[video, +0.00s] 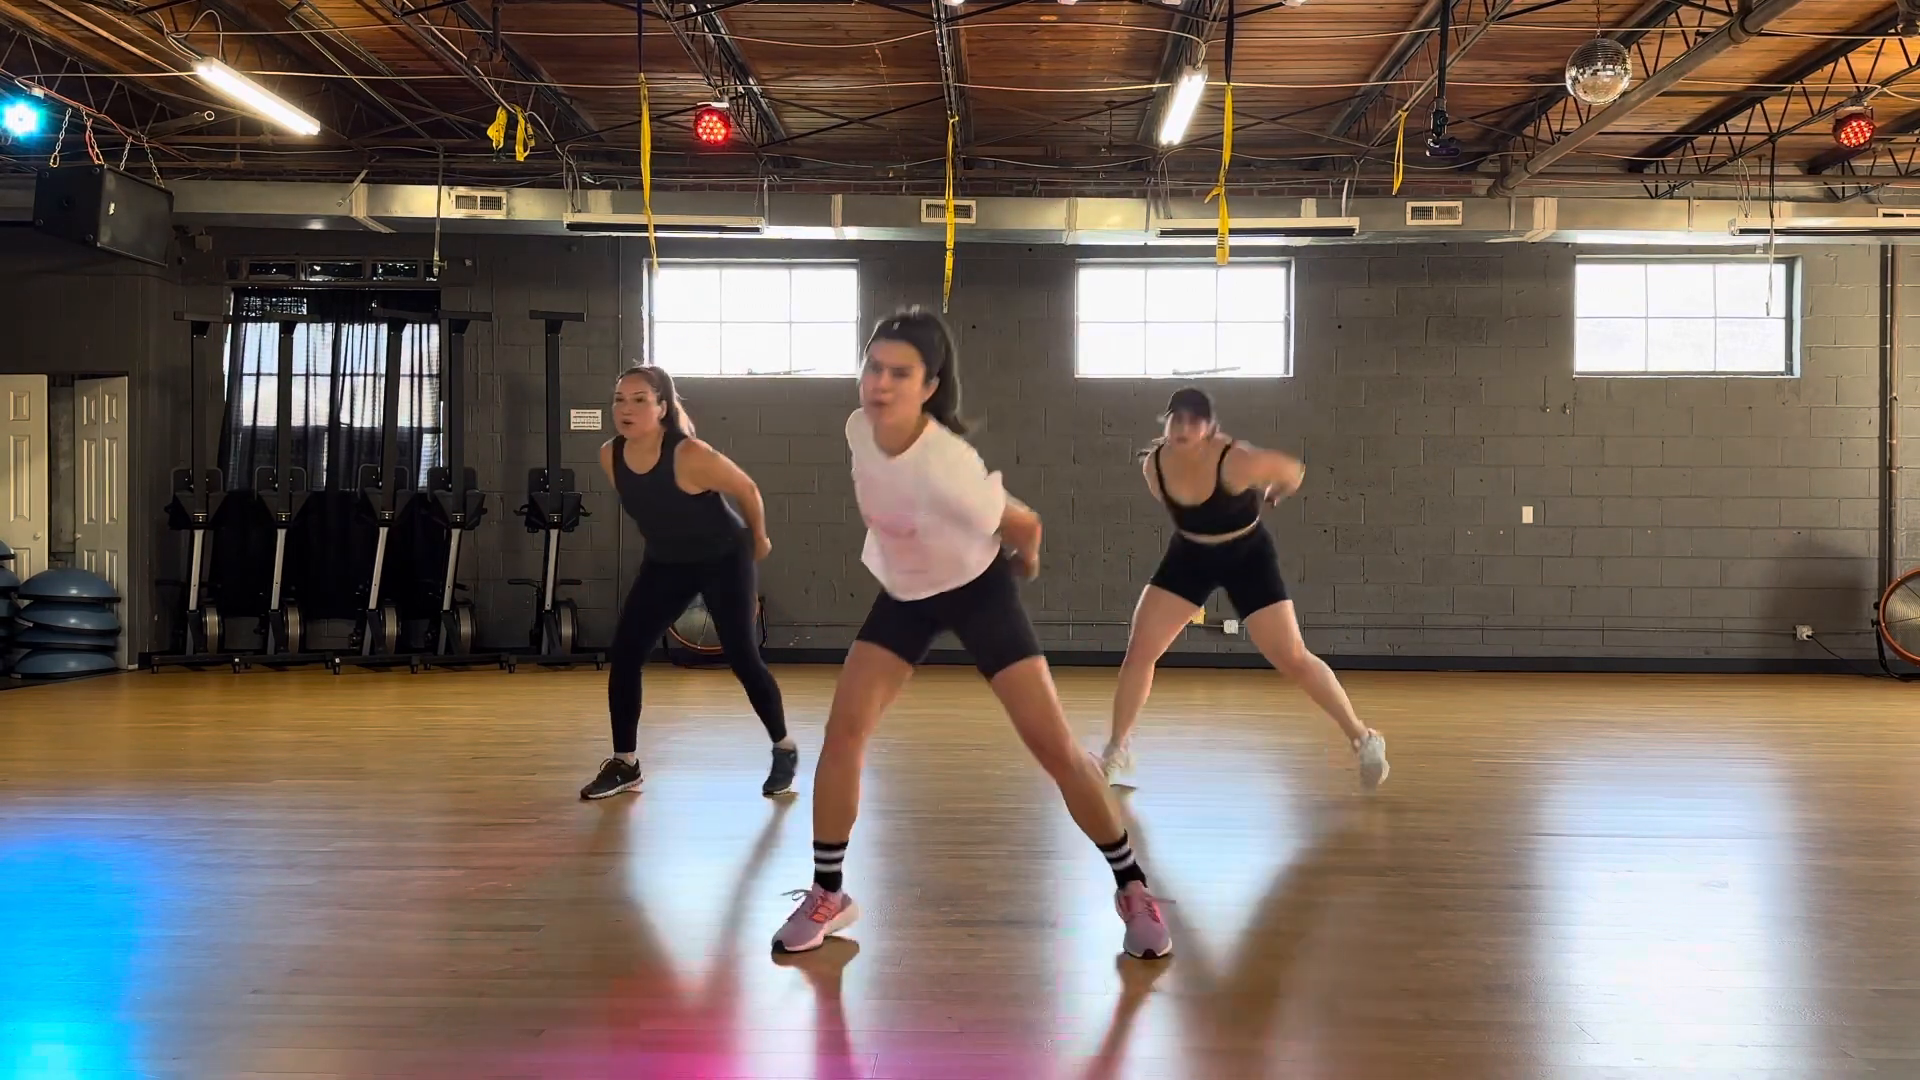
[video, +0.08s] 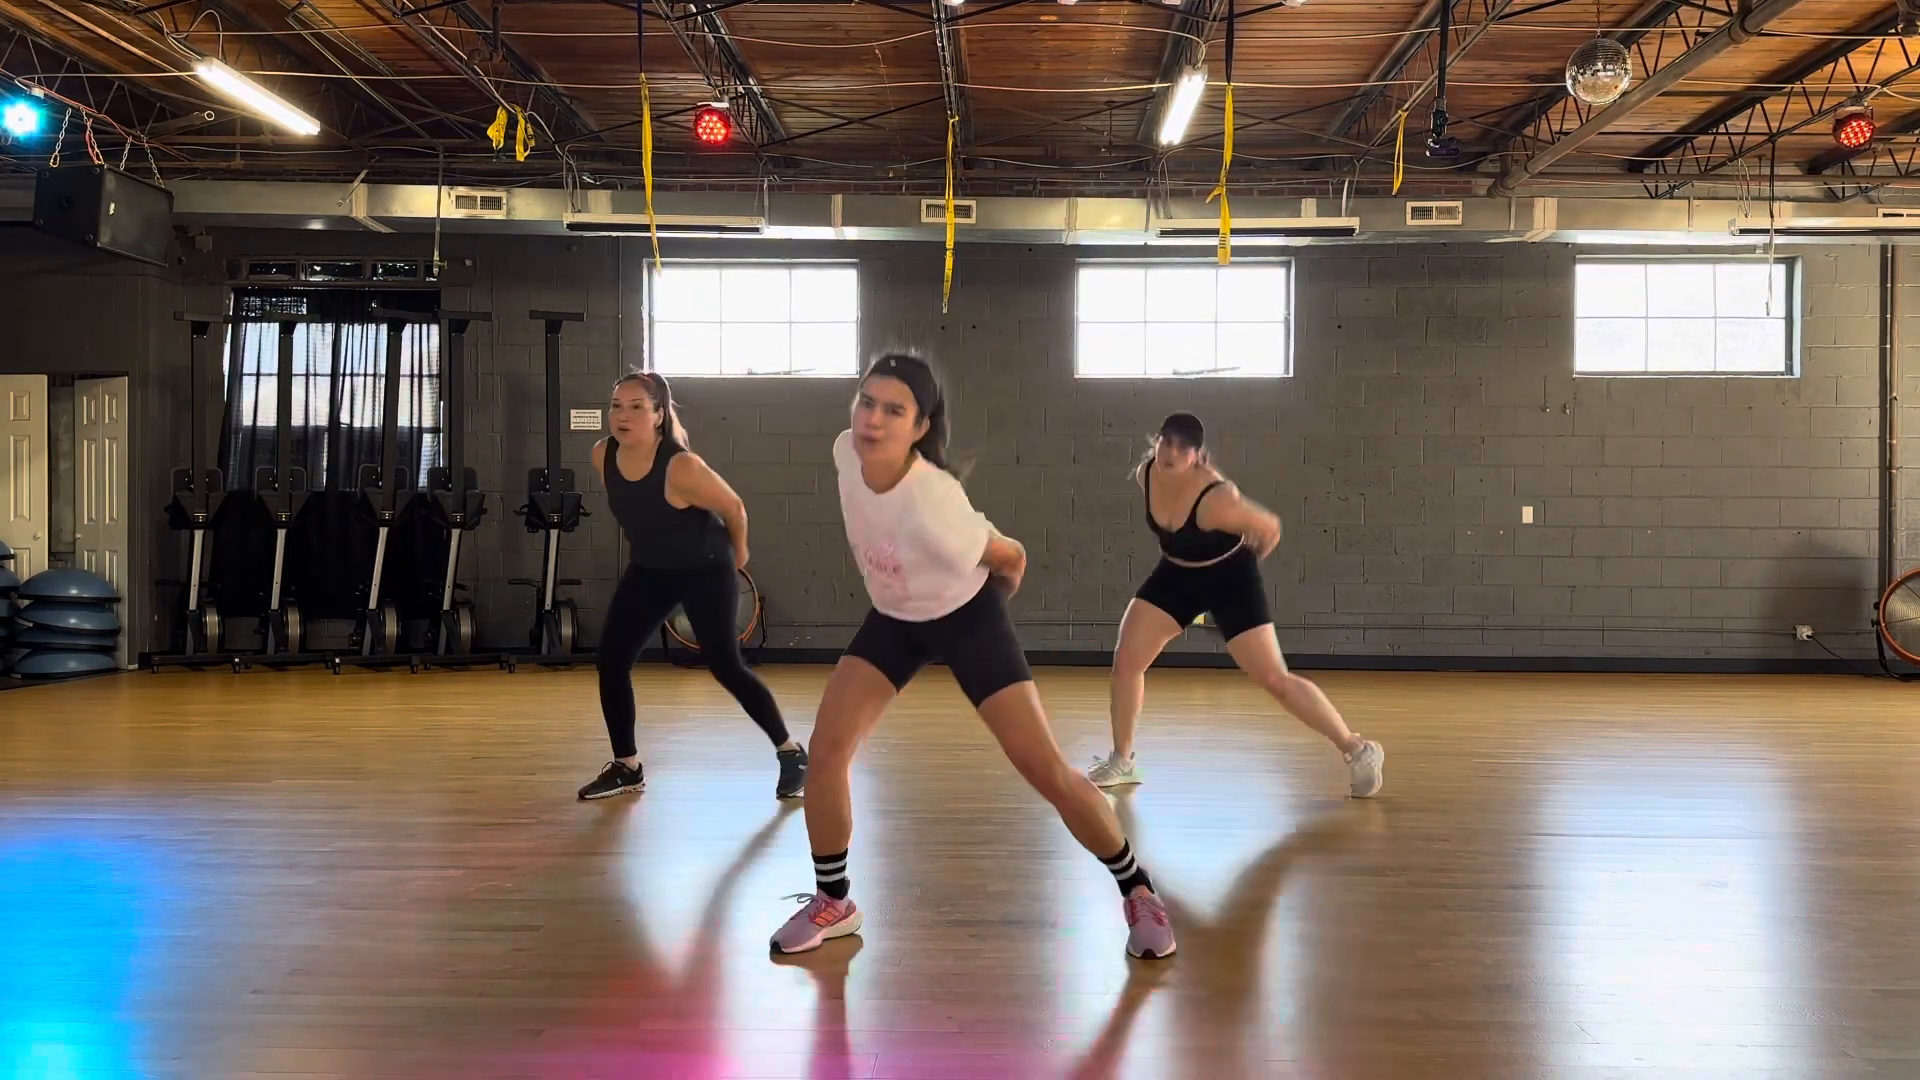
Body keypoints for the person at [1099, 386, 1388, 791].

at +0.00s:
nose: (1179, 432)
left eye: (1190, 426)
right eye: (1175, 423)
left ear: (1209, 428)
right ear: (1166, 421)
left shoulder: (1236, 462)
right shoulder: (1153, 464)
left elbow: (1293, 471)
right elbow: (1172, 502)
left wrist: (1277, 493)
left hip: (1246, 555)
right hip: (1189, 555)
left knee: (1292, 658)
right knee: (1140, 651)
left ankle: (1362, 737)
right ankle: (1116, 750)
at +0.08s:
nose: (1169, 454)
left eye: (1179, 448)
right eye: (1165, 443)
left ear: (1197, 455)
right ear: (1156, 441)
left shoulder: (1216, 499)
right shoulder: (1147, 471)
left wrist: (1262, 546)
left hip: (1230, 578)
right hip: (1175, 574)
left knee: (1275, 680)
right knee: (1126, 660)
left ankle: (1355, 749)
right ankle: (1122, 760)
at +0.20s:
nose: (1200, 463)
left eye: (1211, 456)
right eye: (1194, 452)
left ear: (1221, 461)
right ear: (1181, 447)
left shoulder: (1229, 508)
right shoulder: (1158, 462)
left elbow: (1269, 544)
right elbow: (1176, 509)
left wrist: (1249, 562)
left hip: (1223, 580)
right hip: (1167, 570)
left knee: (1267, 677)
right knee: (1116, 661)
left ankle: (1345, 749)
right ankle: (1118, 757)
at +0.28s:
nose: (1234, 454)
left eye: (1242, 447)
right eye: (1227, 445)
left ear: (1251, 447)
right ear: (1209, 439)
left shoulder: (1259, 490)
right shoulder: (1173, 453)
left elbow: (1283, 527)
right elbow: (1161, 477)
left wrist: (1243, 533)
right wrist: (1180, 443)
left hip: (1231, 563)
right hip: (1171, 552)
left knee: (1278, 659)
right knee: (1128, 650)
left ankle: (1338, 746)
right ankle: (1106, 745)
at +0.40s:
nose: (1264, 446)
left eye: (1272, 437)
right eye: (1254, 437)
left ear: (1281, 440)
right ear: (1237, 436)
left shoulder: (1294, 490)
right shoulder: (1194, 457)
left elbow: (1279, 518)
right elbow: (1156, 477)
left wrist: (1243, 524)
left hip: (1243, 559)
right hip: (1183, 549)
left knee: (1288, 657)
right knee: (1143, 657)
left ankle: (1322, 756)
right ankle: (1093, 741)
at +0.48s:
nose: (1287, 453)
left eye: (1293, 444)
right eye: (1276, 445)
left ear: (1302, 446)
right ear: (1258, 449)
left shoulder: (1308, 486)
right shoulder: (1225, 484)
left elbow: (1271, 519)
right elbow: (1165, 505)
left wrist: (1237, 539)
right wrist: (1190, 540)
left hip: (1254, 573)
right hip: (1198, 568)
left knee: (1290, 667)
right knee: (1163, 672)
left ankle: (1307, 770)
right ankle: (1091, 734)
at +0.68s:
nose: (1268, 447)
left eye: (1274, 436)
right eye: (1257, 439)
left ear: (1283, 438)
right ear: (1240, 445)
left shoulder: (1290, 464)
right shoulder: (1218, 492)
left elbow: (1263, 515)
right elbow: (1166, 535)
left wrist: (1227, 544)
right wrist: (1197, 560)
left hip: (1263, 573)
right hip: (1207, 576)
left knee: (1305, 667)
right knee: (1166, 678)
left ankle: (1310, 769)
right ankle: (1098, 744)